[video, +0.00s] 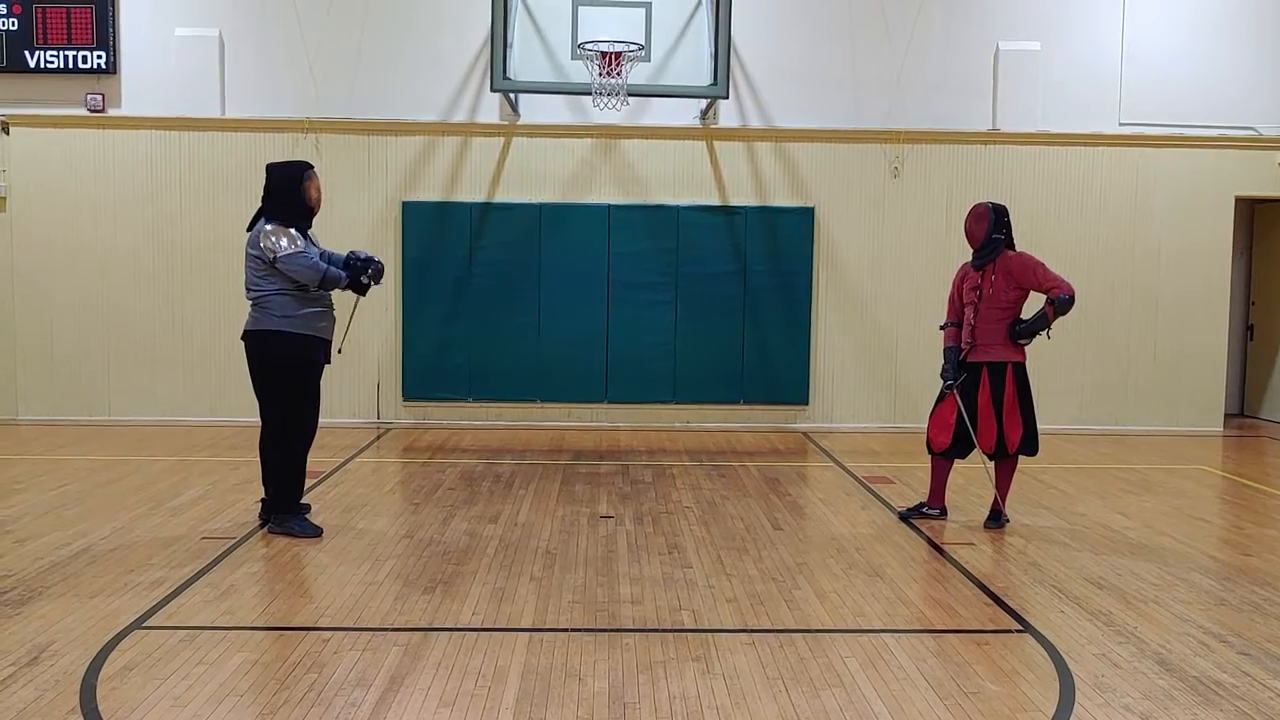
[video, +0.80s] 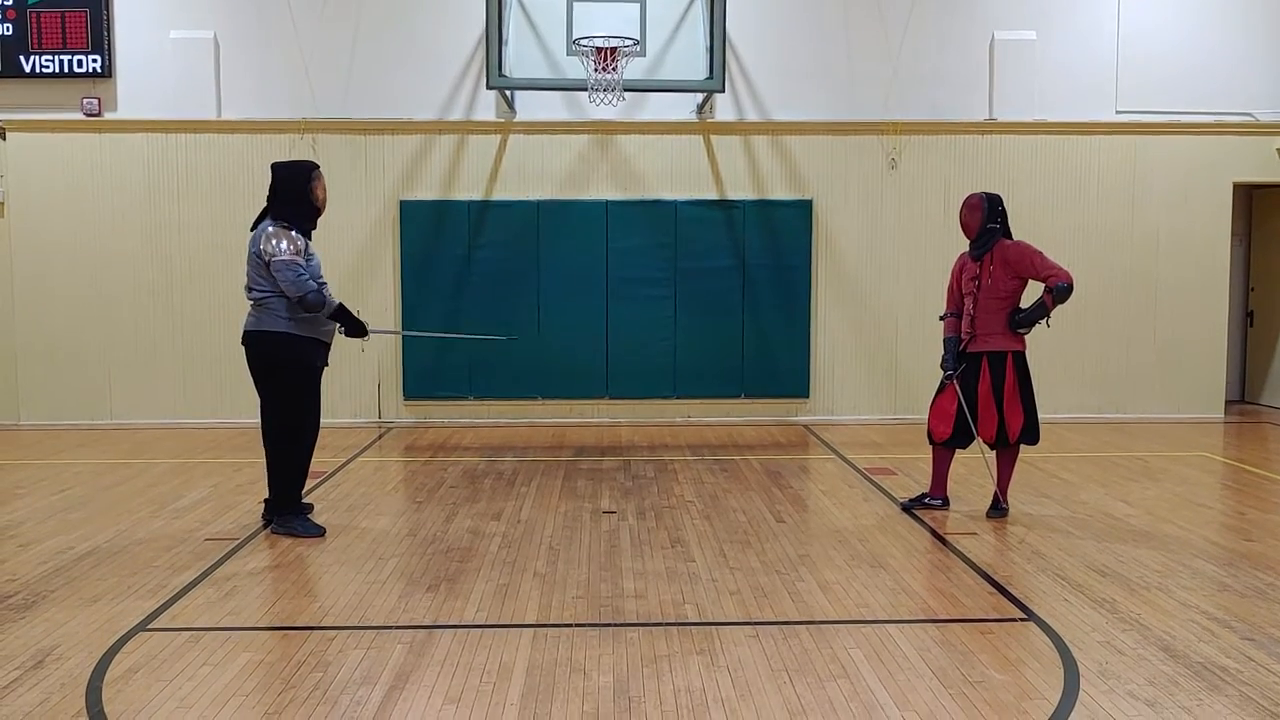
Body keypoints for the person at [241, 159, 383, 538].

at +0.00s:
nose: (319, 194)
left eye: (318, 187)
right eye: (314, 187)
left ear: (296, 191)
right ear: (295, 191)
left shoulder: (292, 232)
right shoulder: (274, 232)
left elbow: (320, 258)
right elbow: (309, 272)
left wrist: (354, 262)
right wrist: (346, 280)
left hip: (299, 342)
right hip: (279, 341)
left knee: (296, 424)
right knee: (287, 426)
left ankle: (282, 504)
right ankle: (282, 511)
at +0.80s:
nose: (324, 195)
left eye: (324, 187)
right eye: (319, 187)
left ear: (292, 190)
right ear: (301, 190)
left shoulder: (288, 233)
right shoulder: (279, 233)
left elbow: (305, 289)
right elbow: (301, 290)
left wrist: (340, 315)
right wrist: (342, 315)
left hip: (291, 340)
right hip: (280, 341)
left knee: (293, 423)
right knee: (292, 424)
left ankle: (285, 501)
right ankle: (282, 511)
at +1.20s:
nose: (320, 183)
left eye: (319, 175)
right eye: (315, 175)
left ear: (290, 179)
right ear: (297, 178)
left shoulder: (285, 220)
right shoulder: (275, 220)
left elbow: (297, 277)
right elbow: (295, 277)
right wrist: (338, 300)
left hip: (289, 332)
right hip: (276, 332)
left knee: (294, 413)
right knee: (286, 414)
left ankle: (284, 492)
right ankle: (282, 502)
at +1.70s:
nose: (309, 171)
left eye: (307, 164)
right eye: (304, 164)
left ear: (277, 170)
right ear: (288, 169)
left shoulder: (276, 210)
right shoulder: (270, 212)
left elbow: (300, 265)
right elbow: (296, 266)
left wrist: (324, 303)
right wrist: (330, 305)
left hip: (281, 320)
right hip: (277, 320)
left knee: (283, 403)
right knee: (286, 404)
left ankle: (280, 483)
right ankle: (284, 490)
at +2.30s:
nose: (314, 171)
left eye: (314, 164)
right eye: (309, 164)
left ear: (288, 166)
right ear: (288, 165)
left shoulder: (281, 205)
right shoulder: (268, 205)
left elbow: (281, 261)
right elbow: (277, 259)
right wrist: (304, 300)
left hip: (279, 312)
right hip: (270, 313)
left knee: (281, 393)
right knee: (291, 393)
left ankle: (278, 473)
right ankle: (288, 479)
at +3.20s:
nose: (331, 157)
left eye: (330, 149)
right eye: (326, 150)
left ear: (300, 152)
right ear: (308, 152)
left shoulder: (283, 190)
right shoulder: (292, 193)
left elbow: (279, 242)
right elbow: (326, 232)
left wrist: (263, 265)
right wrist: (367, 212)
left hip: (289, 295)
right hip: (303, 298)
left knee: (291, 375)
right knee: (324, 380)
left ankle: (278, 459)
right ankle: (336, 465)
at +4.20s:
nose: (349, 164)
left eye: (349, 157)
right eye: (345, 157)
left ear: (319, 156)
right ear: (327, 158)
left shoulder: (297, 189)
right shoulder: (294, 192)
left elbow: (278, 238)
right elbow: (319, 239)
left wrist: (256, 258)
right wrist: (351, 207)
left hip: (296, 295)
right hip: (295, 296)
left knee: (307, 370)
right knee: (332, 369)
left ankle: (287, 448)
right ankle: (346, 455)